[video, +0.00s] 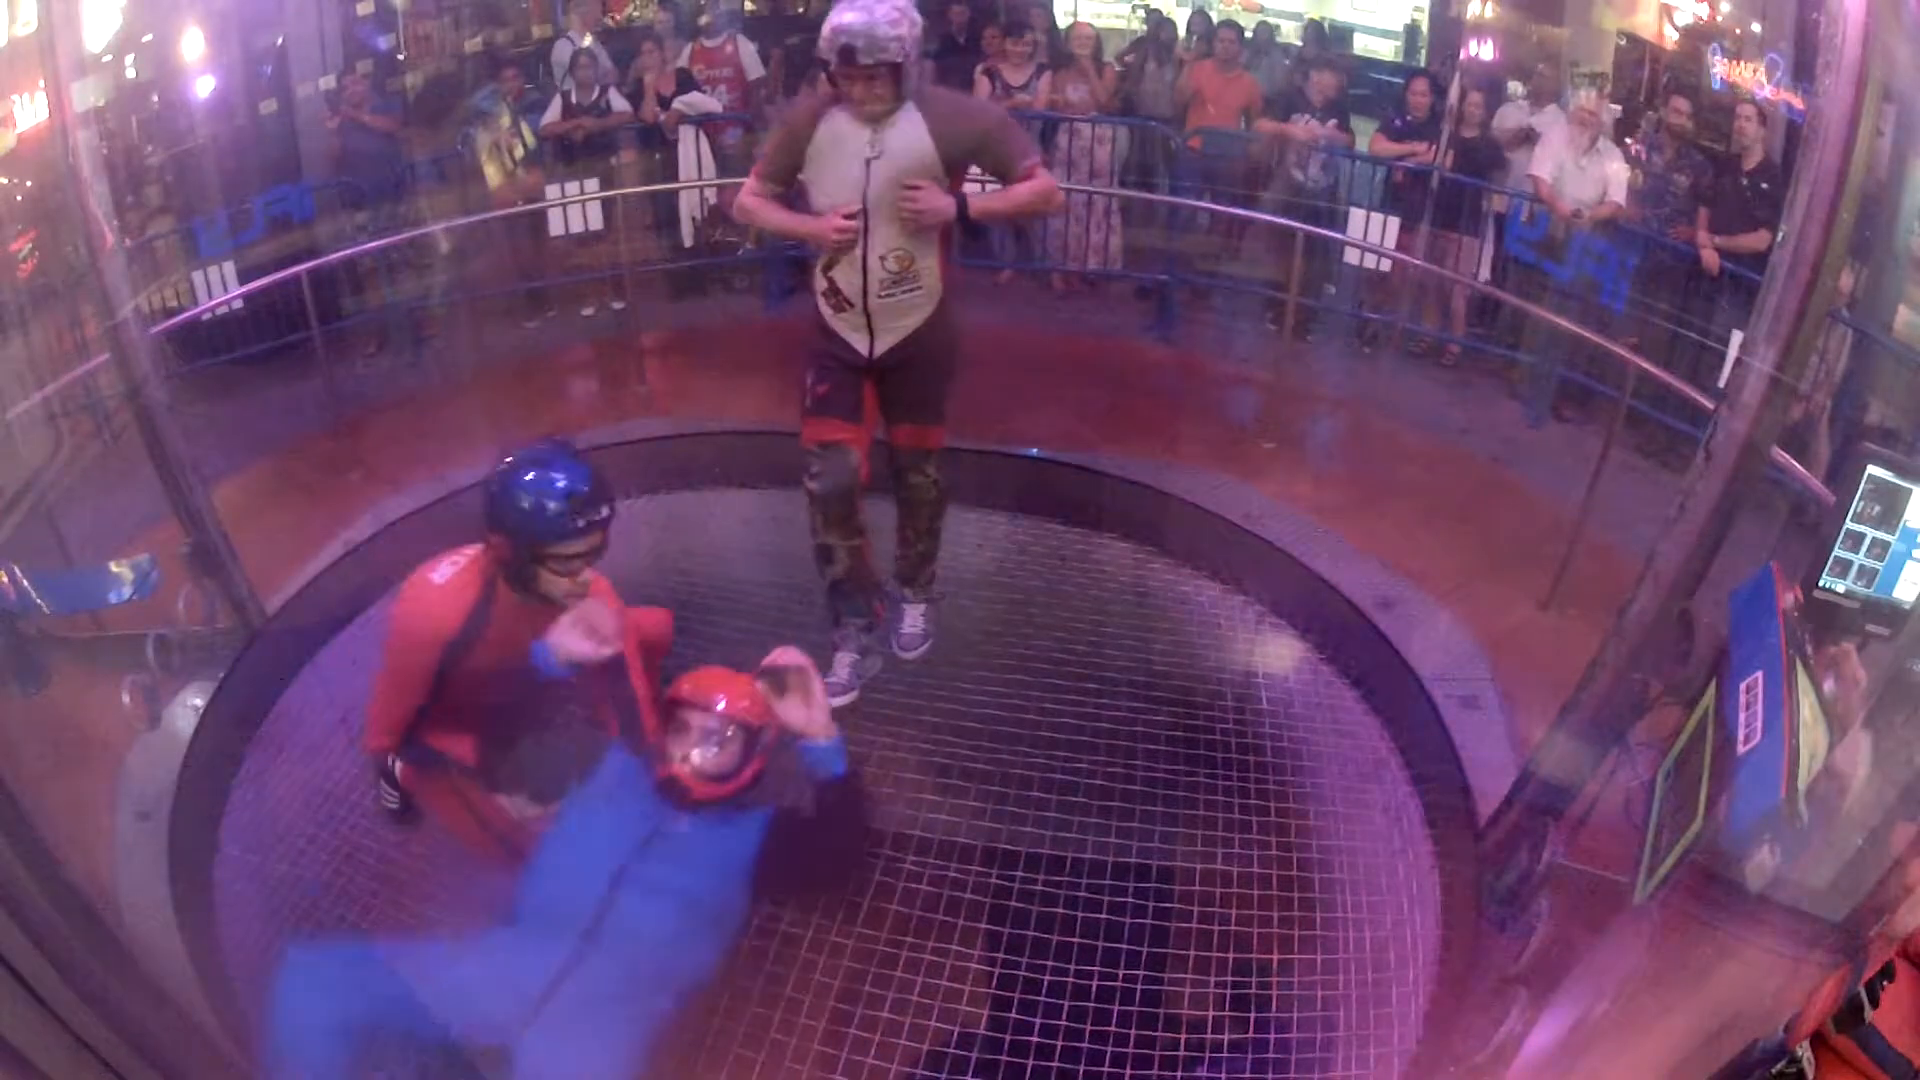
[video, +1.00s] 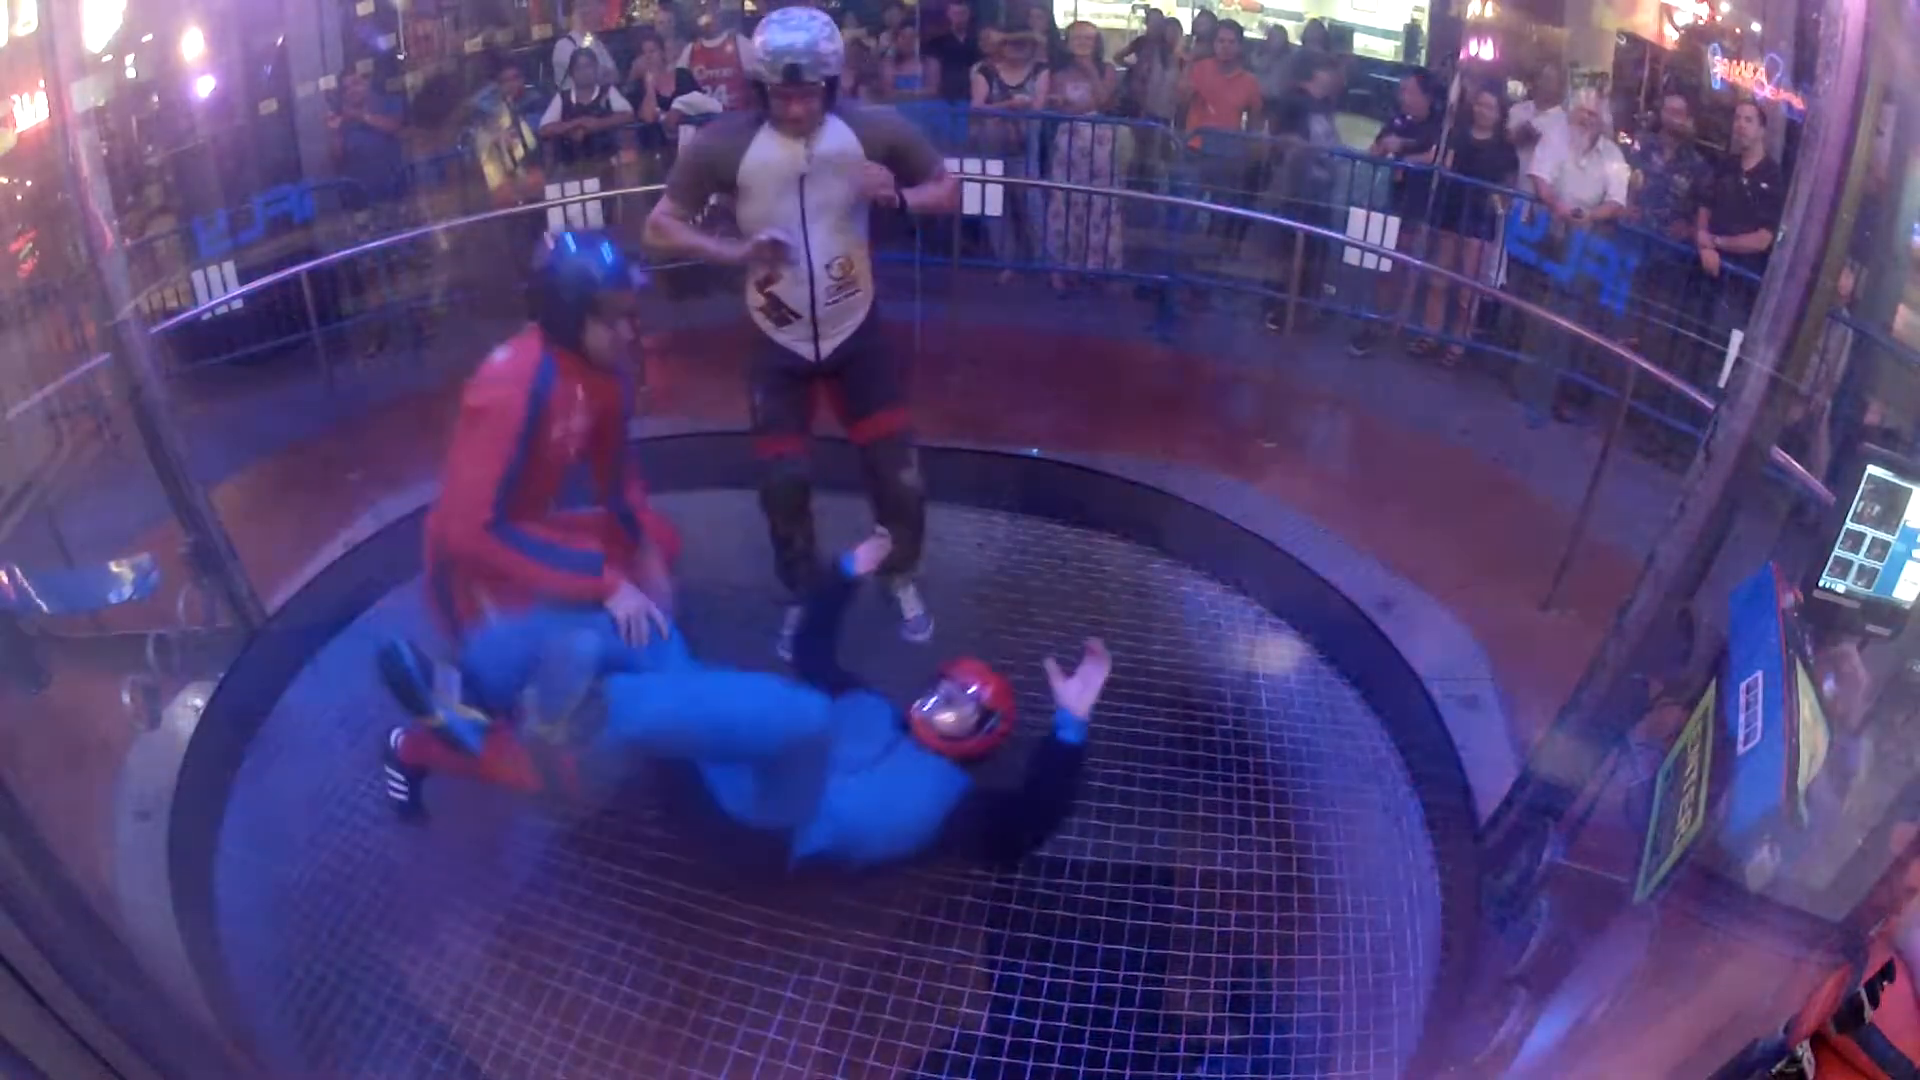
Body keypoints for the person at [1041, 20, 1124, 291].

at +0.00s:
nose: (1082, 44)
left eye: (1088, 39)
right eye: (1077, 39)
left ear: (1096, 43)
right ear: (1068, 43)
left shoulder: (1106, 70)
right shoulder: (1060, 73)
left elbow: (1103, 100)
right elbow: (1049, 103)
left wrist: (1089, 70)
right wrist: (1068, 106)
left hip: (1098, 139)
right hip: (1068, 136)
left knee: (1095, 201)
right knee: (1065, 199)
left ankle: (1090, 264)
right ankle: (1062, 265)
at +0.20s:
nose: (1083, 44)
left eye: (1088, 39)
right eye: (1077, 39)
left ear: (1096, 43)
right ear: (1068, 43)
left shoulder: (1106, 70)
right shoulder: (1060, 73)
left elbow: (1103, 100)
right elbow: (1047, 103)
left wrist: (1089, 70)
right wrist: (1066, 106)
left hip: (1098, 139)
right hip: (1068, 137)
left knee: (1096, 200)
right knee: (1066, 199)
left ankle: (1092, 263)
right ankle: (1063, 264)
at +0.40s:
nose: (1082, 44)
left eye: (1088, 39)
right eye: (1076, 39)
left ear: (1096, 43)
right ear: (1067, 43)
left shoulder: (1105, 70)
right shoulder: (1060, 73)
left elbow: (1103, 101)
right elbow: (1048, 104)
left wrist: (1089, 71)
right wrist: (1065, 105)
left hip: (1098, 139)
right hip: (1068, 137)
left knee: (1095, 201)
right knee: (1065, 200)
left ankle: (1089, 265)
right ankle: (1061, 265)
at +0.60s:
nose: (1082, 44)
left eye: (1087, 39)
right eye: (1076, 39)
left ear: (1096, 43)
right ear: (1067, 43)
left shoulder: (1105, 70)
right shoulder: (1060, 73)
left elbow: (1102, 101)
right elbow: (1046, 103)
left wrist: (1089, 70)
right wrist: (1060, 103)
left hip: (1098, 139)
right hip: (1068, 138)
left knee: (1096, 201)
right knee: (1066, 200)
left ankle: (1093, 265)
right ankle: (1063, 265)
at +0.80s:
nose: (1082, 44)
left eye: (1088, 39)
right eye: (1077, 39)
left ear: (1096, 43)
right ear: (1068, 42)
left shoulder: (1105, 70)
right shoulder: (1060, 73)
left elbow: (1102, 101)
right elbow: (1050, 104)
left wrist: (1090, 71)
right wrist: (1065, 104)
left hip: (1099, 139)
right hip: (1069, 137)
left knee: (1098, 201)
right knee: (1067, 200)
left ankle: (1095, 266)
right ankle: (1064, 266)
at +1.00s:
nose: (1082, 44)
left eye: (1088, 39)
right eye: (1077, 39)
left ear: (1096, 42)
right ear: (1068, 42)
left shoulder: (1107, 71)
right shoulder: (1061, 74)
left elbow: (1103, 101)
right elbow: (1051, 104)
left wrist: (1091, 71)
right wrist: (1065, 104)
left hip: (1100, 140)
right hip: (1069, 138)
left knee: (1098, 201)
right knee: (1067, 200)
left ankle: (1097, 266)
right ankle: (1064, 266)